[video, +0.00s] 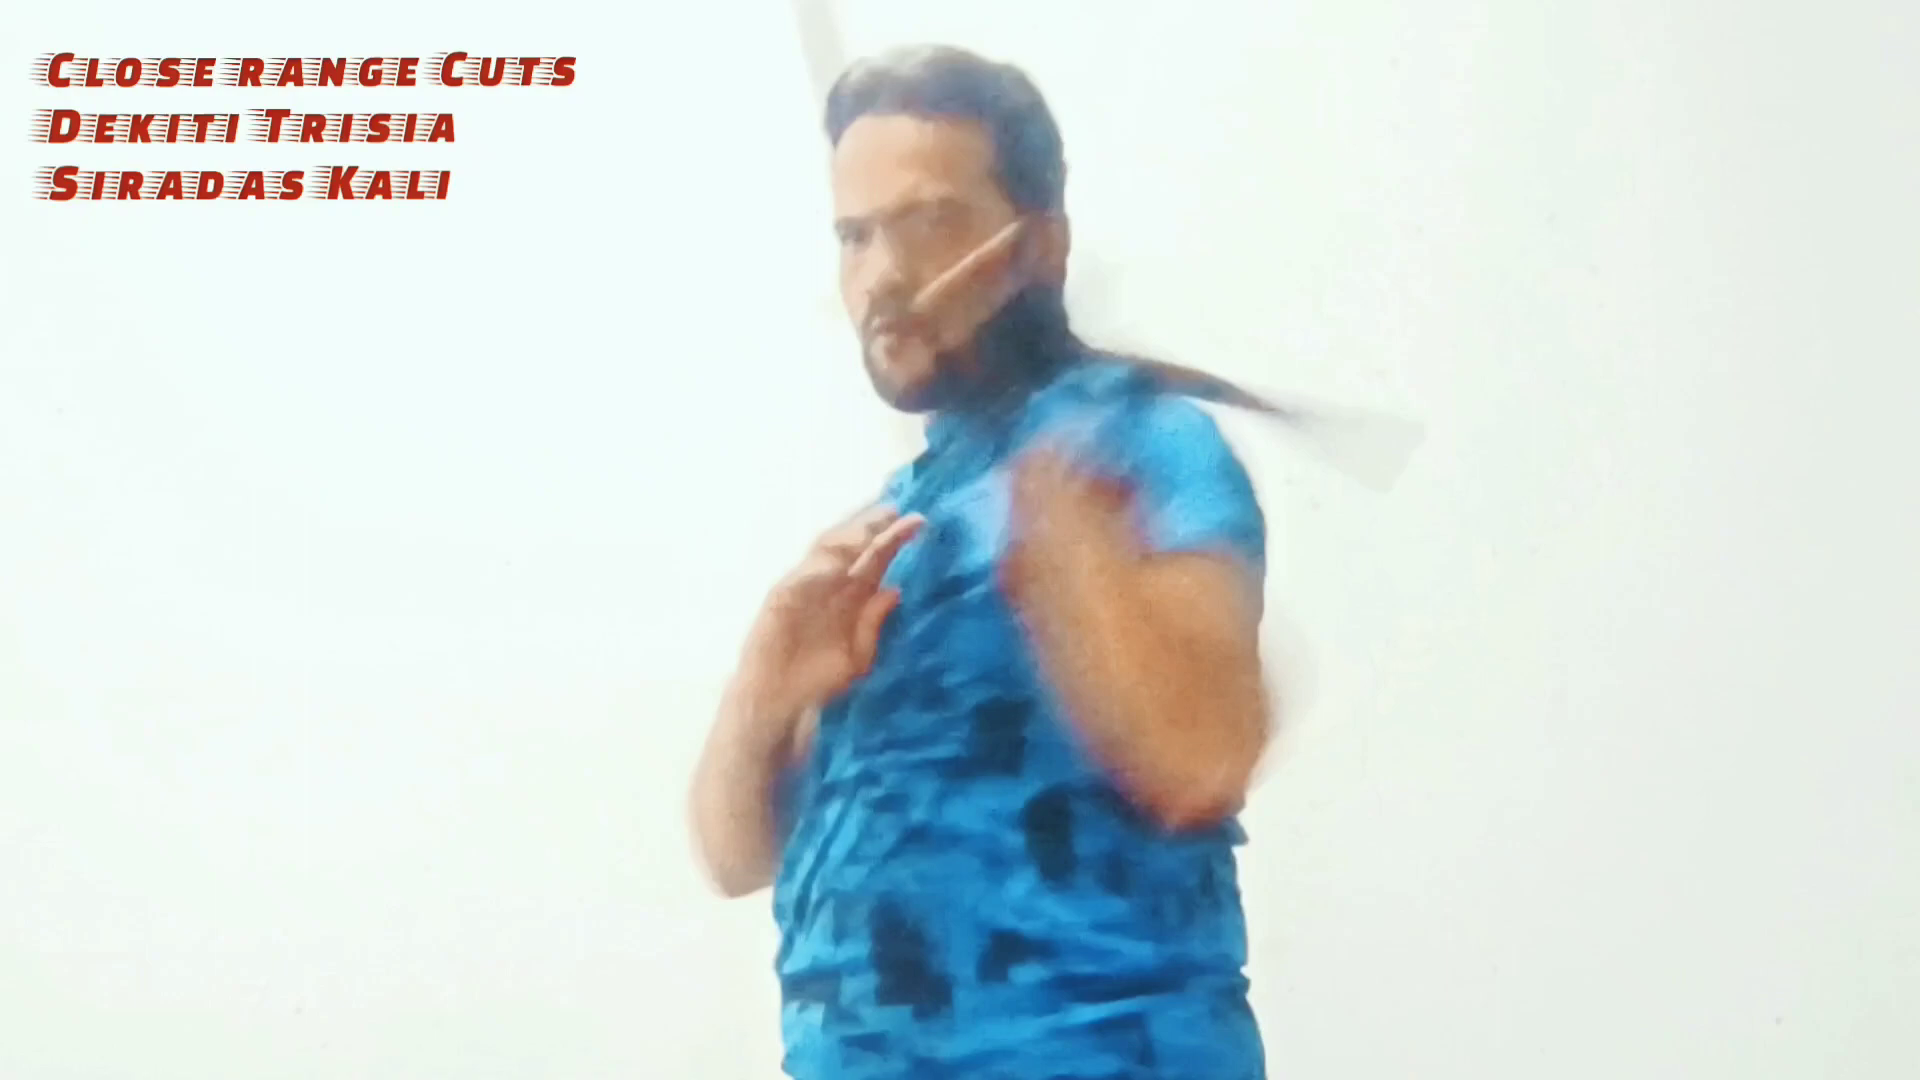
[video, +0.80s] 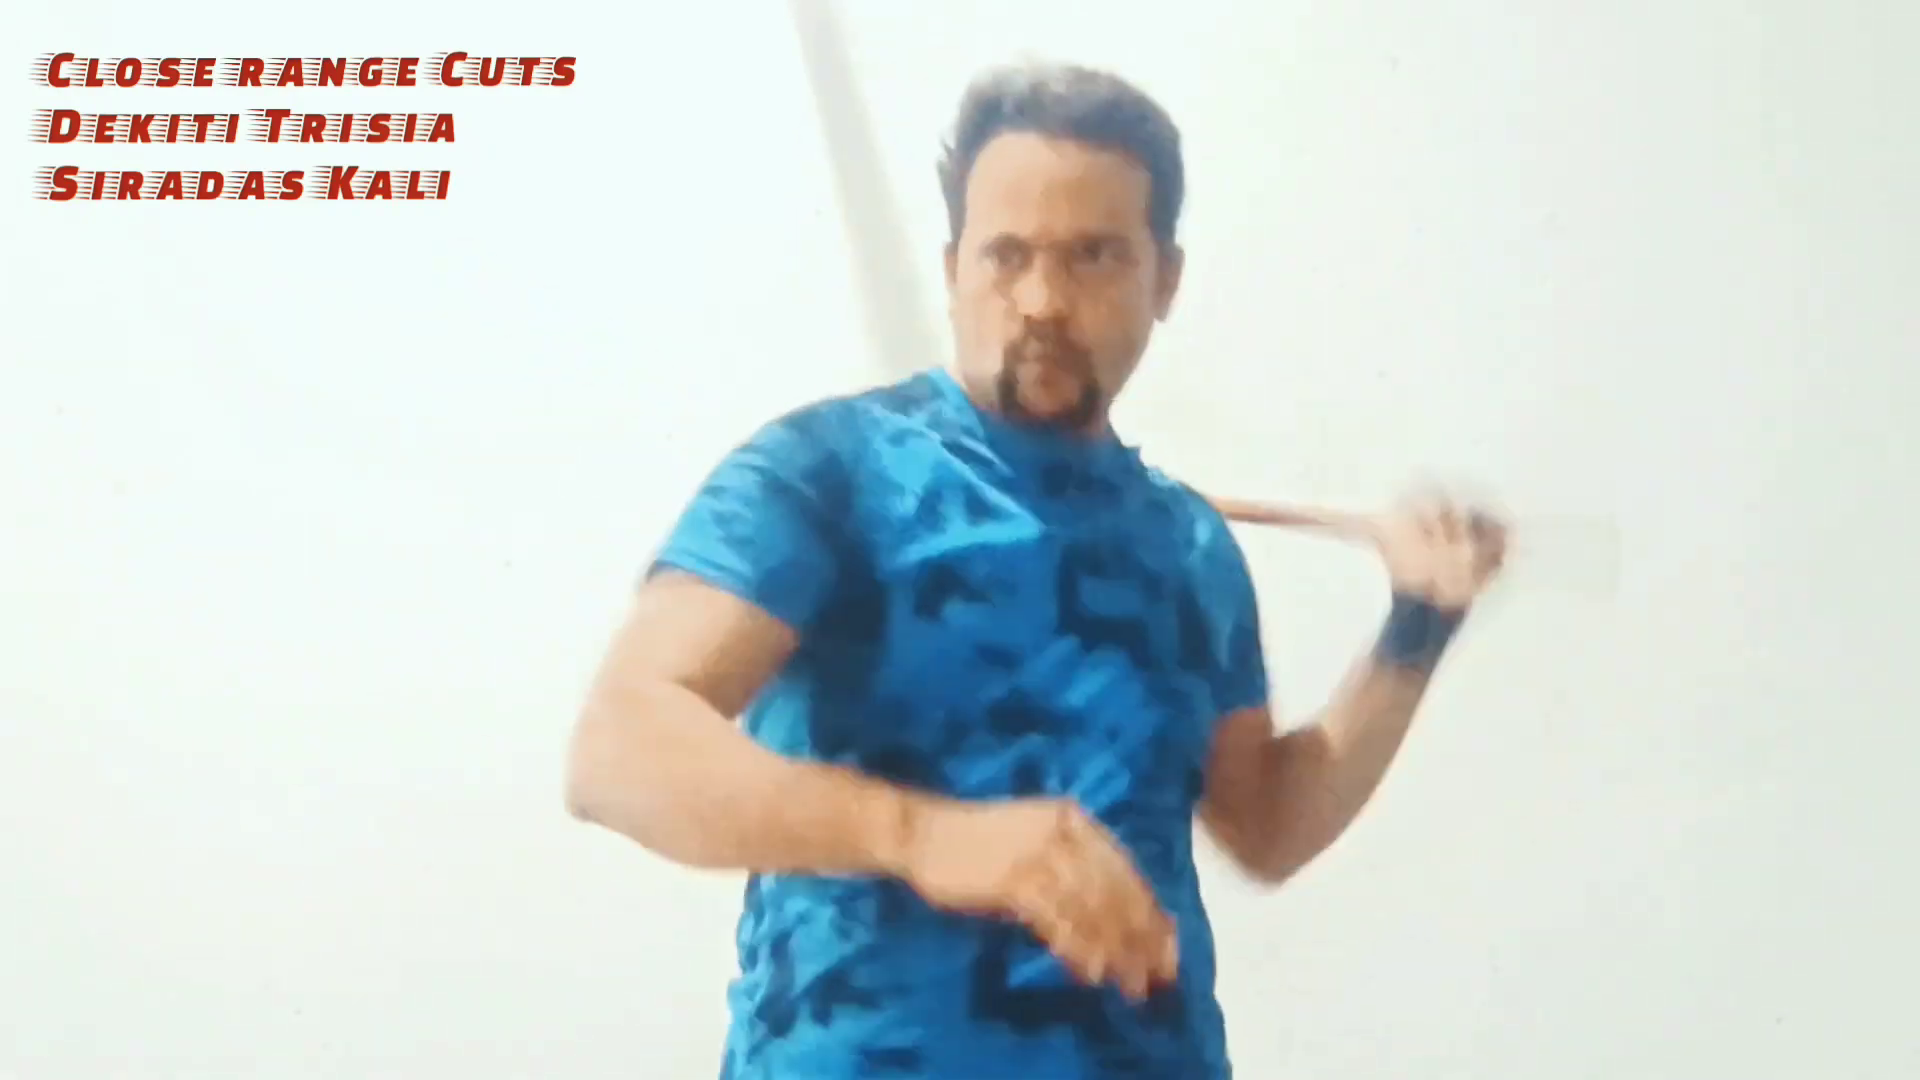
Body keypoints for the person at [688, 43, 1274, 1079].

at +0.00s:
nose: (881, 277)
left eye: (929, 225)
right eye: (855, 237)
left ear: (1043, 244)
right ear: (835, 257)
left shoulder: (1152, 442)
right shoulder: (867, 534)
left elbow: (1198, 765)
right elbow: (734, 859)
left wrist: (1057, 520)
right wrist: (764, 699)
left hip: (1107, 1039)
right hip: (854, 1047)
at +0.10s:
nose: (847, 301)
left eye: (895, 247)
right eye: (827, 264)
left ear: (1026, 258)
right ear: (813, 281)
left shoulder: (1021, 495)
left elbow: (1013, 889)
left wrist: (768, 733)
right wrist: (807, 730)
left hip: (1041, 1050)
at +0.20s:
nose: (836, 339)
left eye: (877, 285)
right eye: (820, 300)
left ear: (1012, 292)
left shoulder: (941, 509)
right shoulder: (1168, 497)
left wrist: (710, 852)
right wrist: (828, 760)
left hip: (983, 1055)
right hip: (1191, 1045)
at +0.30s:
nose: (874, 318)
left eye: (916, 264)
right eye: (854, 280)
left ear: (1047, 275)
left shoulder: (993, 453)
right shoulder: (1135, 453)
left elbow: (636, 685)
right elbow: (906, 816)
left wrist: (629, 780)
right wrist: (806, 597)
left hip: (989, 1047)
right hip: (1181, 1042)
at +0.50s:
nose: (981, 303)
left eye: (1028, 253)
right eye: (946, 264)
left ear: (1119, 276)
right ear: (909, 286)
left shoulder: (1228, 487)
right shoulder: (815, 497)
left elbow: (1291, 690)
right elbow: (637, 758)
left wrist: (982, 548)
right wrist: (898, 497)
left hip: (1162, 1045)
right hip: (862, 1048)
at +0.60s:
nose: (1025, 343)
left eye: (1074, 297)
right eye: (986, 298)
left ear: (1154, 315)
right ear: (939, 308)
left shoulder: (1217, 553)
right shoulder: (800, 519)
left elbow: (1404, 853)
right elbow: (642, 801)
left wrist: (1212, 771)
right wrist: (931, 563)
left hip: (1151, 1054)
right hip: (858, 1053)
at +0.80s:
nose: (1042, 298)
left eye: (1091, 257)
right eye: (1007, 255)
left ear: (1164, 283)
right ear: (953, 269)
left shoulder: (1189, 543)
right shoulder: (822, 470)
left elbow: (1268, 831)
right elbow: (621, 749)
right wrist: (922, 835)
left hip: (1146, 1057)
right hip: (856, 1054)